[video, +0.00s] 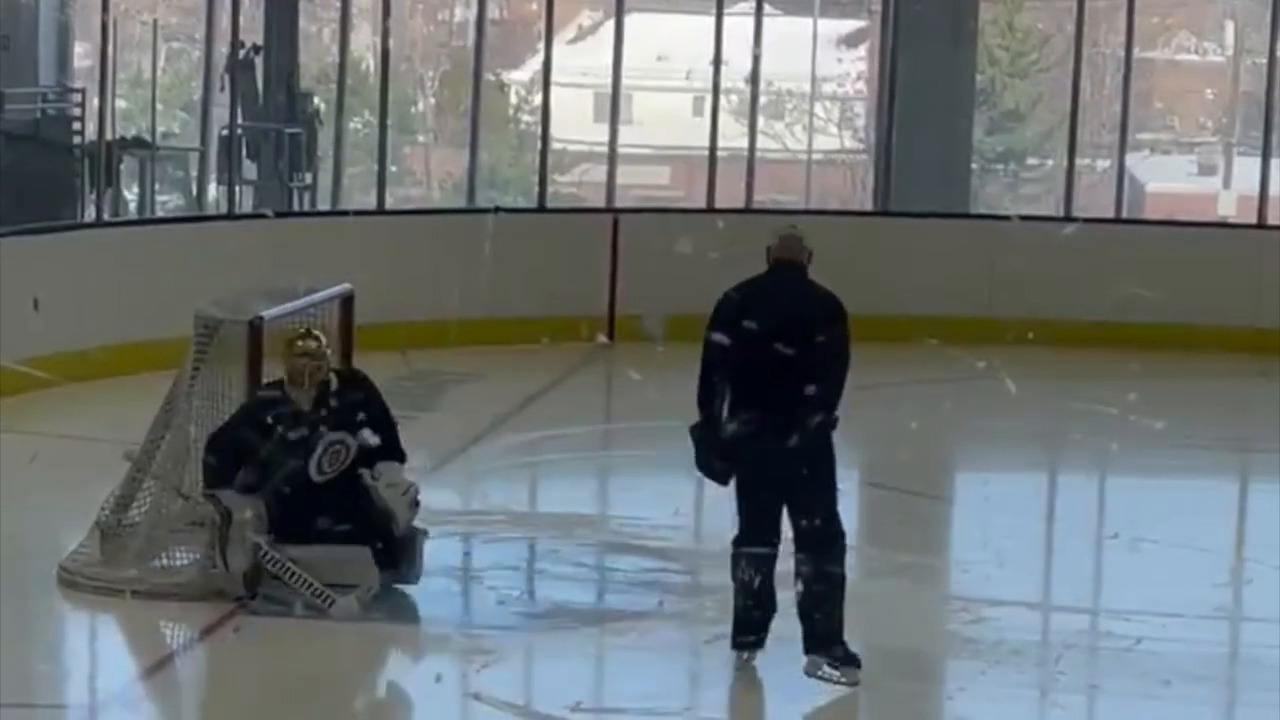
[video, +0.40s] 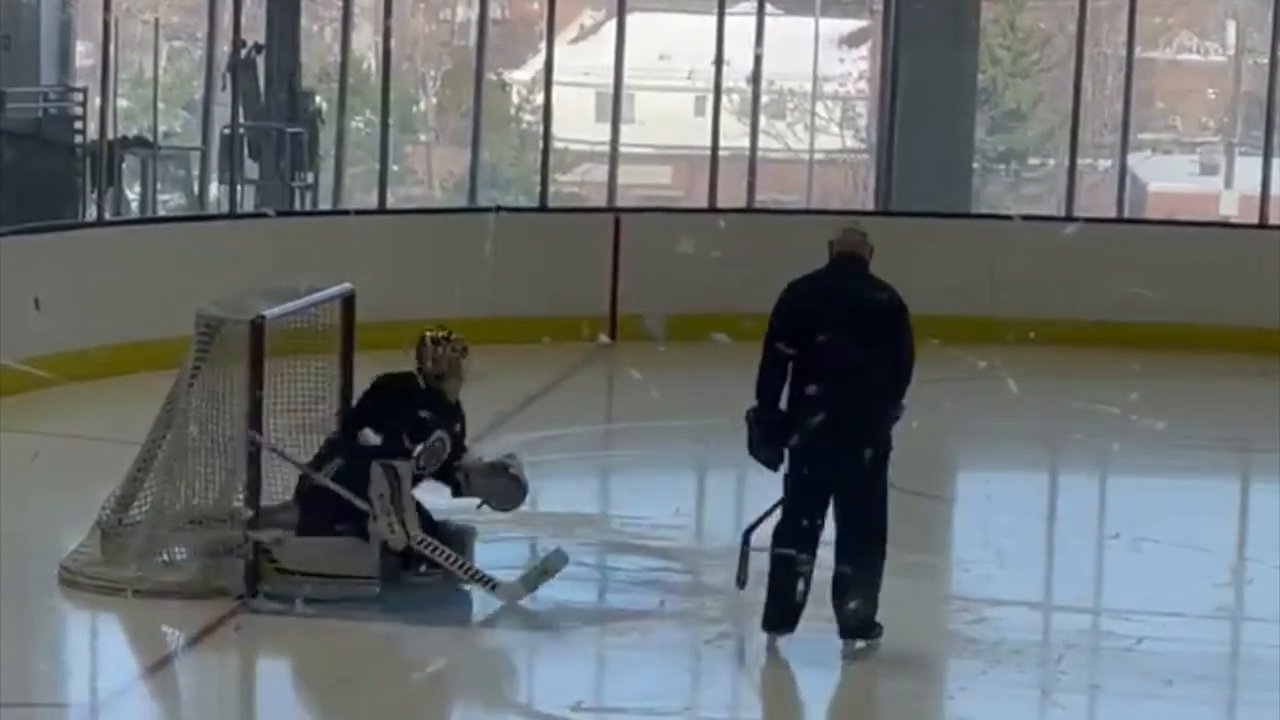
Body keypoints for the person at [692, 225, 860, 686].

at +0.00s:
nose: (796, 266)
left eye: (784, 256)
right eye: (801, 258)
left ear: (767, 260)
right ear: (808, 262)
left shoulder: (735, 300)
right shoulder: (826, 306)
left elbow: (711, 373)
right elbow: (832, 374)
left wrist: (709, 434)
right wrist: (815, 425)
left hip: (749, 441)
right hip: (806, 444)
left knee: (755, 534)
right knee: (820, 539)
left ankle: (747, 635)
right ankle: (824, 647)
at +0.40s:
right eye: (866, 255)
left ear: (830, 255)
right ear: (868, 258)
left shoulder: (800, 293)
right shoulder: (887, 300)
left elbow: (774, 364)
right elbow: (901, 369)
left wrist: (767, 425)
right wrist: (882, 420)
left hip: (809, 429)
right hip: (865, 433)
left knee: (798, 520)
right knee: (862, 527)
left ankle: (779, 617)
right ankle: (856, 626)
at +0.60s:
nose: (897, 260)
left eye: (889, 252)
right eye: (908, 254)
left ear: (875, 255)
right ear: (914, 257)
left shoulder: (849, 295)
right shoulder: (937, 300)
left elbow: (824, 361)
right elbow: (954, 366)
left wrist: (812, 416)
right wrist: (931, 410)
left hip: (857, 427)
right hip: (914, 434)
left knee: (833, 513)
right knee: (907, 523)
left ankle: (801, 604)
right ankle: (892, 615)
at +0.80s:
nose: (927, 258)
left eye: (923, 251)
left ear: (922, 251)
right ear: (960, 252)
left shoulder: (899, 292)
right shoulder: (988, 297)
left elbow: (874, 365)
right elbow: (1004, 365)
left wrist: (863, 423)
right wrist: (973, 415)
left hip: (901, 426)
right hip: (957, 432)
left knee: (882, 509)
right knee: (948, 522)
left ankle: (853, 597)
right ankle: (930, 612)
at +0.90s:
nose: (943, 255)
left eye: (943, 248)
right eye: (952, 248)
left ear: (943, 249)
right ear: (980, 251)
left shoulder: (920, 292)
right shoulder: (1009, 295)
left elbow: (896, 362)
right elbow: (1028, 358)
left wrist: (886, 420)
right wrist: (995, 405)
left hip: (923, 425)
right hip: (977, 429)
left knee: (910, 507)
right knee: (967, 515)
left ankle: (894, 601)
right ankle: (952, 609)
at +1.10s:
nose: (973, 249)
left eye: (974, 243)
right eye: (978, 242)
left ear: (977, 246)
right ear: (1013, 246)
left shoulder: (955, 288)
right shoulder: (1039, 288)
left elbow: (935, 356)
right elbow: (1067, 350)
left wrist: (928, 415)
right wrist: (1036, 403)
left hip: (963, 418)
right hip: (1015, 421)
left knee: (960, 503)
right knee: (1010, 509)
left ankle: (957, 599)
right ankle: (997, 607)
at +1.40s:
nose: (998, 248)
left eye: (1001, 241)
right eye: (999, 241)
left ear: (1010, 242)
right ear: (1038, 240)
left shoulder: (996, 287)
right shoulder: (1073, 281)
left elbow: (978, 359)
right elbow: (1116, 328)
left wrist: (970, 419)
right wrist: (1088, 369)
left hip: (1009, 416)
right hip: (1059, 417)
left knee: (1003, 498)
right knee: (1055, 500)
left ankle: (1004, 591)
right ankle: (1055, 597)